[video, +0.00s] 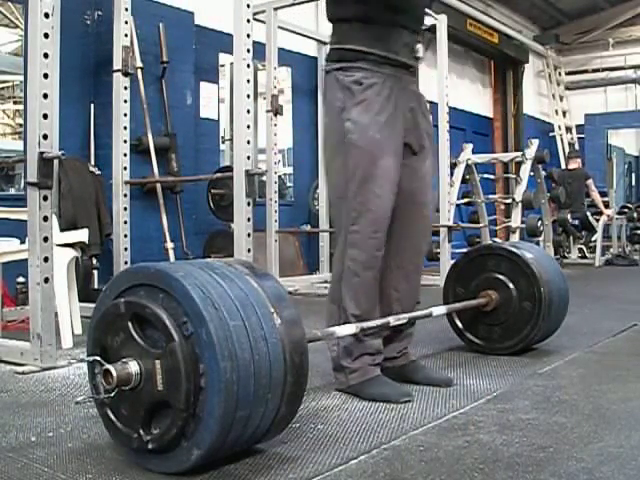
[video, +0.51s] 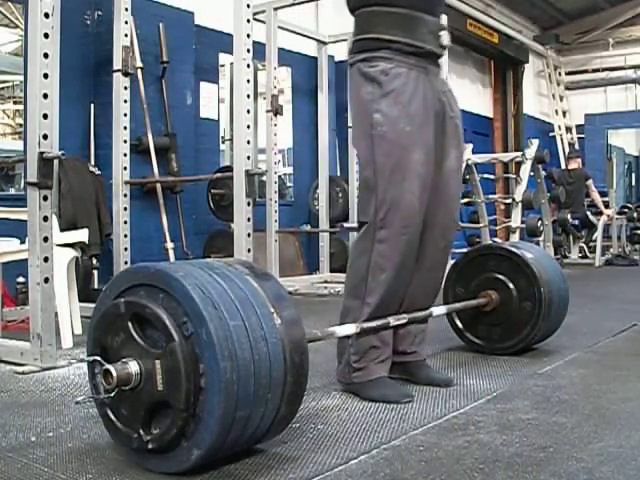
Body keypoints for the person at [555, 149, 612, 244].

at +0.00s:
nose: (581, 163)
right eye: (580, 161)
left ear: (567, 162)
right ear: (579, 162)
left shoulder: (560, 174)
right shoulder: (583, 173)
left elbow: (555, 192)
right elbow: (593, 192)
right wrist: (604, 210)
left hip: (563, 214)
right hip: (579, 212)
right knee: (593, 231)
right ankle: (584, 246)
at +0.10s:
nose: (581, 163)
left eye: (580, 160)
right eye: (580, 160)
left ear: (567, 161)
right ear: (578, 161)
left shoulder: (560, 175)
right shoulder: (583, 173)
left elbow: (554, 194)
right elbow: (593, 192)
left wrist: (553, 215)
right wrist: (604, 210)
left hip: (562, 214)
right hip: (578, 214)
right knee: (593, 231)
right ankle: (584, 245)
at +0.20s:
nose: (581, 162)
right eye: (580, 160)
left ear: (566, 162)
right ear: (578, 161)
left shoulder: (559, 175)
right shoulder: (583, 174)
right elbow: (593, 193)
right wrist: (604, 210)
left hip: (562, 214)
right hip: (578, 213)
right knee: (593, 230)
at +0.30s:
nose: (581, 163)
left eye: (580, 160)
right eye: (580, 160)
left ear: (567, 162)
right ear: (578, 161)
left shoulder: (559, 175)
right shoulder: (583, 174)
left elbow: (554, 196)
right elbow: (593, 192)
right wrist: (604, 210)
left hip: (562, 214)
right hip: (578, 213)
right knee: (593, 230)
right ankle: (584, 246)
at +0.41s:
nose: (581, 162)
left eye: (580, 160)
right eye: (580, 160)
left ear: (567, 161)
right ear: (578, 161)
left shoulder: (559, 175)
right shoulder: (583, 173)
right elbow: (593, 192)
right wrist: (604, 210)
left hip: (562, 214)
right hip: (579, 213)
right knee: (592, 230)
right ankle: (585, 245)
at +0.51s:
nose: (581, 163)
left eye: (580, 160)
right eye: (580, 160)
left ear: (567, 162)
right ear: (579, 161)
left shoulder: (559, 174)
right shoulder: (583, 173)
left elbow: (554, 195)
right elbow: (593, 192)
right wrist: (603, 210)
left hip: (562, 213)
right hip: (579, 212)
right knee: (593, 226)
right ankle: (585, 244)